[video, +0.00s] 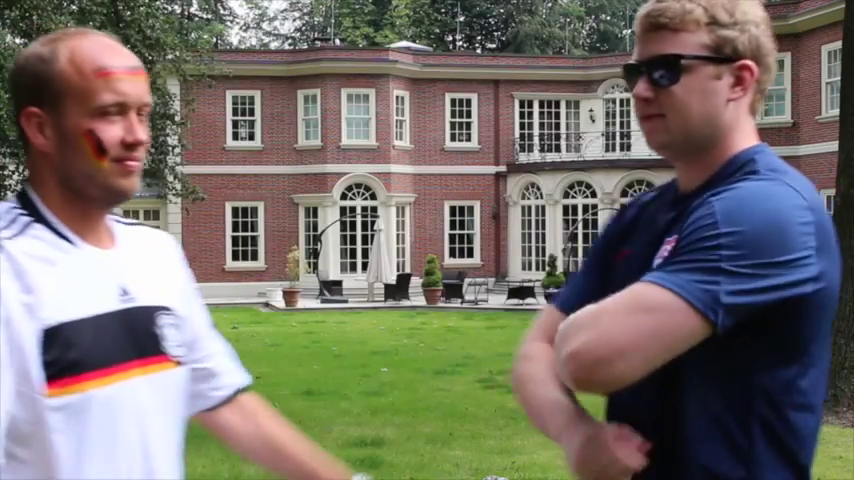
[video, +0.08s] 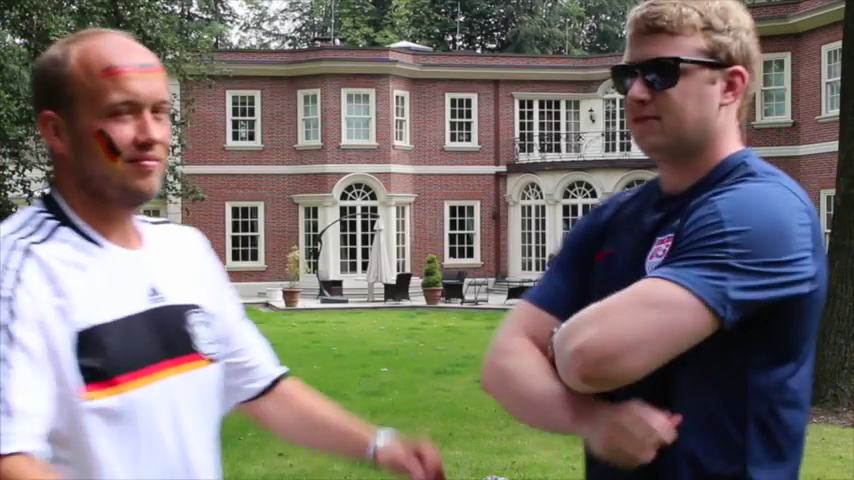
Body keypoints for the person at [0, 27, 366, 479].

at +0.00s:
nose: (138, 136)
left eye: (143, 114)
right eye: (111, 112)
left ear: (150, 117)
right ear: (38, 128)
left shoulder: (158, 254)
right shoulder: (11, 268)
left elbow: (228, 401)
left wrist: (343, 475)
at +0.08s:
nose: (151, 135)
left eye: (159, 112)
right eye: (123, 113)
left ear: (172, 120)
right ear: (55, 132)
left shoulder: (186, 250)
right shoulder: (21, 269)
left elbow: (265, 388)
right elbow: (12, 458)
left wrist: (378, 445)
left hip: (197, 471)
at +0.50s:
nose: (258, 130)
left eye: (278, 108)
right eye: (232, 107)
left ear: (302, 125)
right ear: (189, 125)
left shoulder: (349, 240)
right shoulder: (135, 225)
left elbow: (415, 385)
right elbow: (116, 322)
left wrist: (251, 307)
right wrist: (326, 256)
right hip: (174, 471)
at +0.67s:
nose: (301, 122)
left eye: (323, 103)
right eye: (279, 100)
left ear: (349, 121)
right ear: (240, 116)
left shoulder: (400, 235)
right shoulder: (187, 207)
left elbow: (402, 371)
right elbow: (119, 284)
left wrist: (220, 294)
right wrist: (313, 282)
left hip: (361, 473)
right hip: (209, 472)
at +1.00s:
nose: (330, 126)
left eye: (352, 107)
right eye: (310, 104)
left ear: (380, 125)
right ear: (274, 119)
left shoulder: (425, 241)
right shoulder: (218, 210)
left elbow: (397, 396)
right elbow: (169, 334)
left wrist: (230, 329)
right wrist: (356, 350)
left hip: (377, 477)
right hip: (231, 474)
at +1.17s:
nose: (332, 124)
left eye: (354, 107)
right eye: (312, 102)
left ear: (379, 129)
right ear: (275, 116)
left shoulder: (421, 253)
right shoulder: (211, 218)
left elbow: (403, 415)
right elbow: (157, 356)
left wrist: (233, 357)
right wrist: (341, 357)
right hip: (227, 474)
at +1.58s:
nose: (308, 123)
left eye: (331, 105)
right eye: (288, 101)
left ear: (356, 126)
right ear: (251, 117)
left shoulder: (401, 250)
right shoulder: (191, 219)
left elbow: (393, 417)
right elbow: (146, 358)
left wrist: (219, 358)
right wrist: (329, 360)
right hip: (214, 474)